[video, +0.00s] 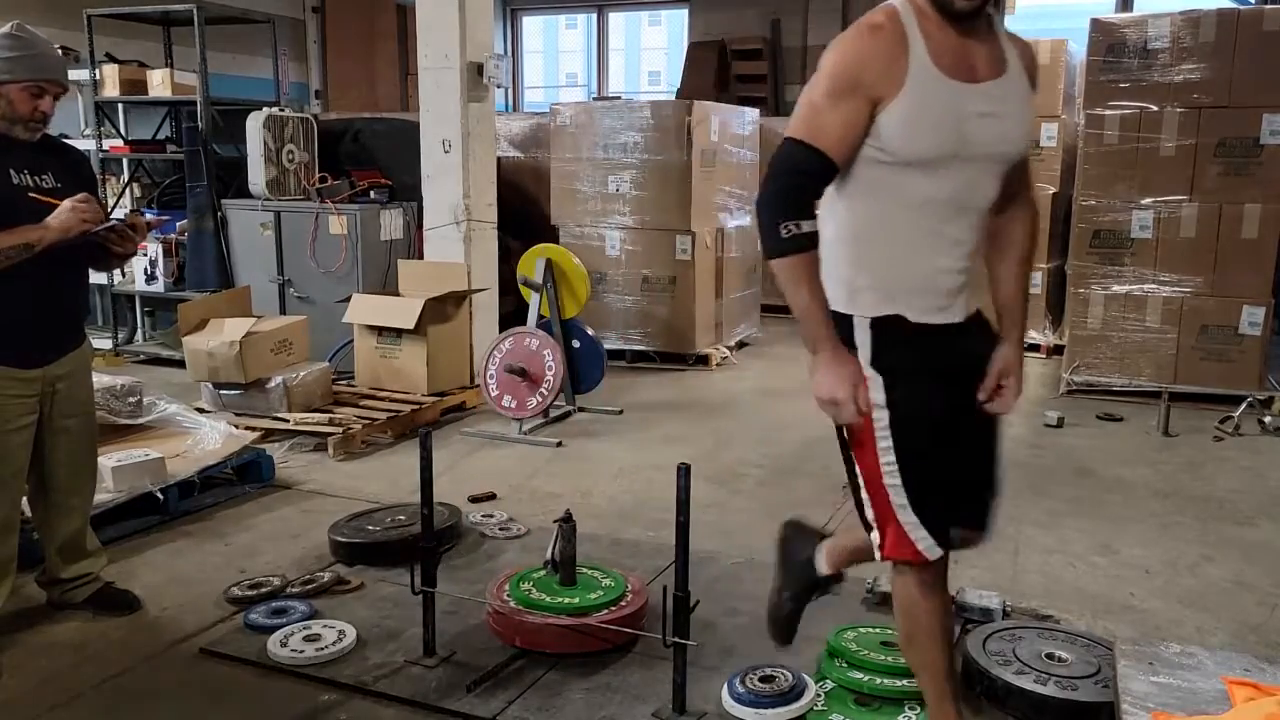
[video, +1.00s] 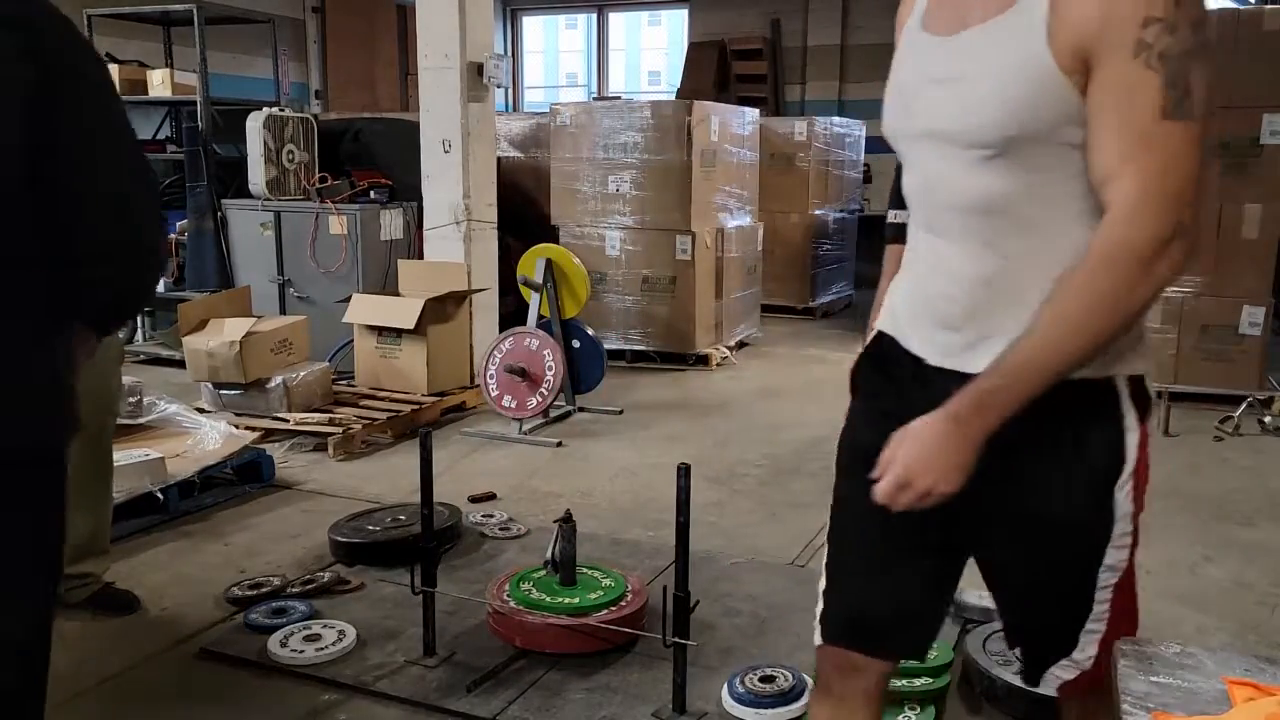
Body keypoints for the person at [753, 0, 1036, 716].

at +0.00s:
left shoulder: (1015, 59)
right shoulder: (873, 47)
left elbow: (1011, 202)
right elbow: (781, 202)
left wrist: (1011, 333)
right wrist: (823, 348)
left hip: (962, 324)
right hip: (875, 325)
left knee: (961, 522)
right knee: (918, 548)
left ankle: (818, 558)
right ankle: (944, 713)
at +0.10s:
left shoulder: (1047, 50)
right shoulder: (891, 30)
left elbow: (1051, 192)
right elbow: (797, 187)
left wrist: (1068, 328)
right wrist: (854, 329)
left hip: (1000, 329)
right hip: (897, 331)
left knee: (1039, 544)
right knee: (926, 556)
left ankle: (884, 532)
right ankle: (947, 712)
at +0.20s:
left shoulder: (1075, 37)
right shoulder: (898, 21)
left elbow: (1090, 175)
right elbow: (807, 177)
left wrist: (1129, 317)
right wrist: (870, 309)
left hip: (1036, 329)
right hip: (914, 334)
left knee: (1082, 553)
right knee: (936, 563)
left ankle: (965, 572)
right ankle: (951, 715)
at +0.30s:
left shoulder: (1104, 26)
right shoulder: (906, 18)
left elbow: (1143, 168)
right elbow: (819, 178)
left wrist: (1188, 321)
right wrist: (862, 305)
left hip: (1063, 328)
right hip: (934, 332)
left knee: (1090, 562)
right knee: (945, 559)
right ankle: (953, 713)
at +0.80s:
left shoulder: (1177, 8)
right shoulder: (949, 9)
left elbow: (1247, 205)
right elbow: (921, 176)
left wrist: (1113, 402)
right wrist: (861, 321)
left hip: (1098, 375)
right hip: (945, 355)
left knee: (1089, 655)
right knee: (875, 612)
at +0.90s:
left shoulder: (1160, 7)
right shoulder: (940, 10)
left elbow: (1205, 212)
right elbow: (936, 189)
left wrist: (1034, 404)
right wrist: (883, 330)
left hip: (1089, 389)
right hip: (929, 366)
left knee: (1085, 660)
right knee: (856, 631)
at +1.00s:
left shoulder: (1124, 8)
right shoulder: (918, 10)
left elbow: (1152, 232)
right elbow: (929, 207)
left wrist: (968, 418)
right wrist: (880, 340)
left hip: (1065, 403)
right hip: (907, 383)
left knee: (1076, 684)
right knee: (846, 660)